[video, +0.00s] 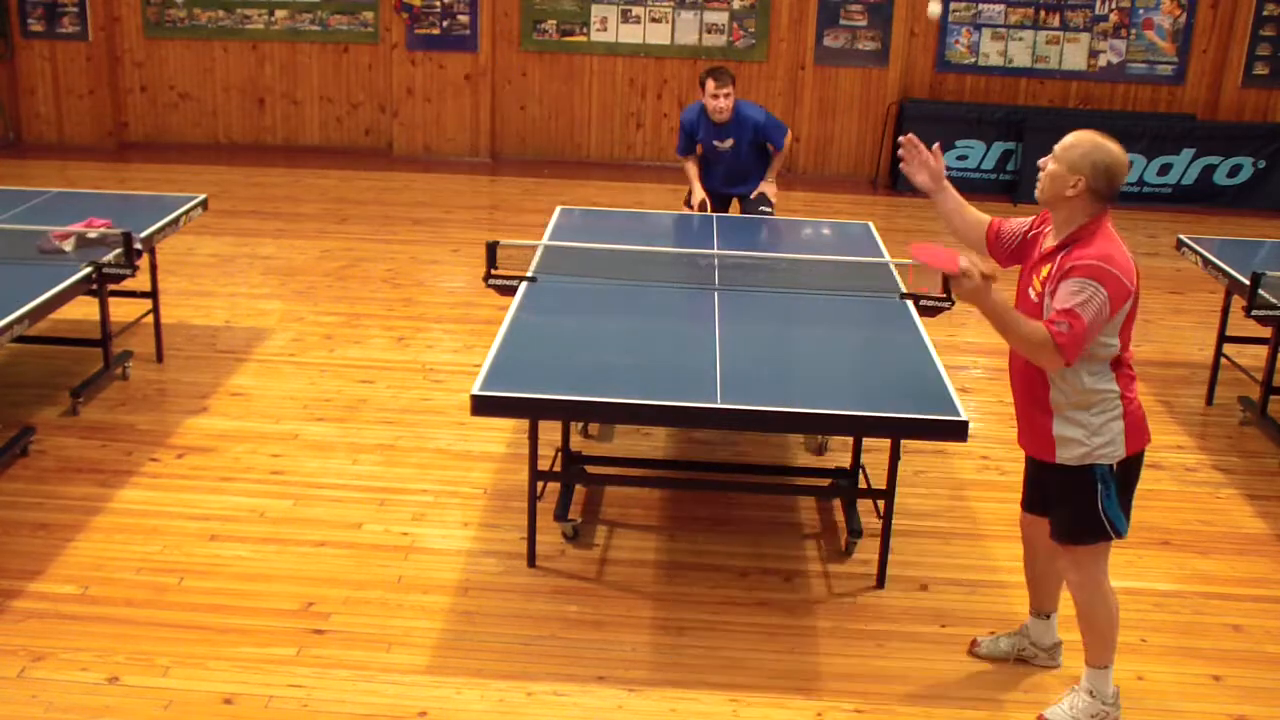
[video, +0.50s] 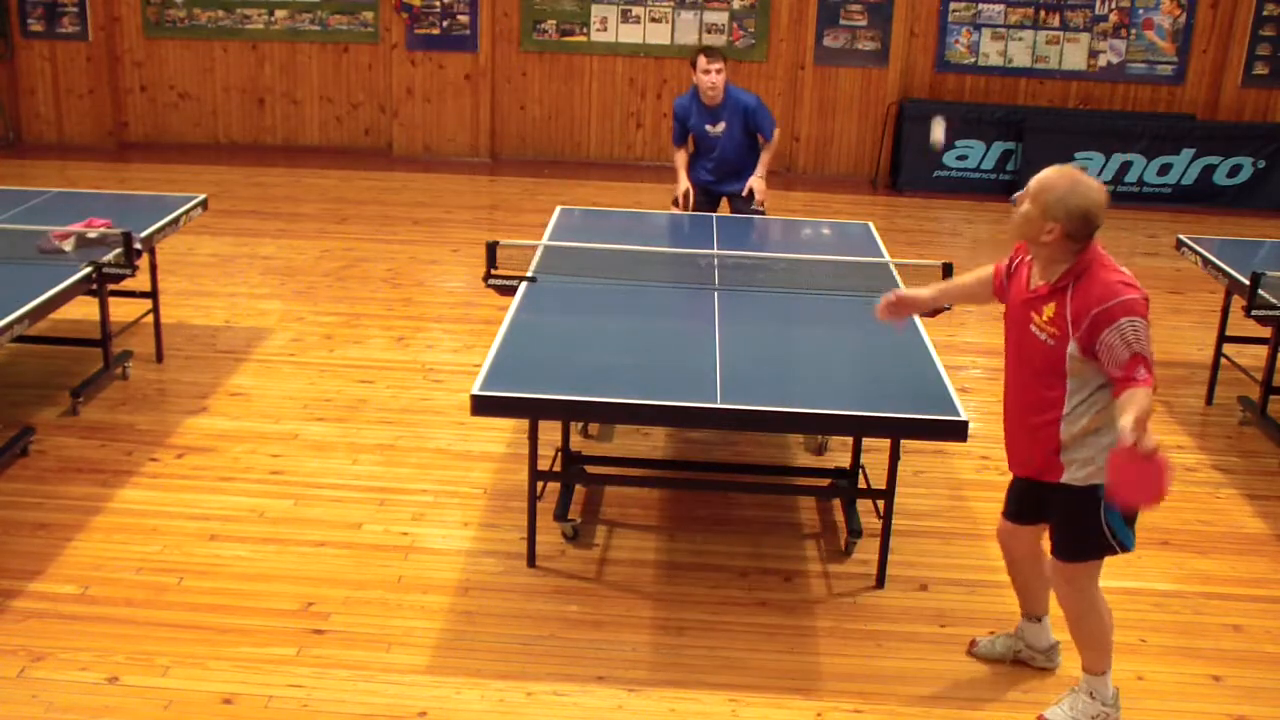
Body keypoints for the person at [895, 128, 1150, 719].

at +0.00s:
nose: (1040, 163)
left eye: (1052, 159)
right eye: (1047, 155)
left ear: (1076, 186)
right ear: (1074, 187)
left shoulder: (1100, 265)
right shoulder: (1046, 229)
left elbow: (1054, 349)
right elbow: (988, 240)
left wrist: (986, 299)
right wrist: (938, 187)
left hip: (1095, 441)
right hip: (1049, 430)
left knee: (1084, 562)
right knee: (1038, 528)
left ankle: (1101, 692)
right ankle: (1041, 634)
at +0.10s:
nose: (1044, 163)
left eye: (1056, 161)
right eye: (1052, 156)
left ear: (1080, 191)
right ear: (1075, 191)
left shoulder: (1103, 270)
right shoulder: (1046, 230)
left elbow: (1063, 358)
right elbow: (987, 235)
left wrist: (990, 322)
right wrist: (933, 191)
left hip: (1093, 442)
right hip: (1047, 430)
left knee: (1083, 563)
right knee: (1038, 529)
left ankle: (1100, 692)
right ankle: (1041, 635)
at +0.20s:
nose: (1050, 165)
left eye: (1062, 165)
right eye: (1058, 160)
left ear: (1084, 199)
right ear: (1077, 195)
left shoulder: (1110, 281)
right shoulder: (1047, 230)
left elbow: (1079, 378)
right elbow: (986, 238)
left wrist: (1004, 362)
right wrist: (919, 204)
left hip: (1091, 445)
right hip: (1045, 429)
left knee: (1081, 566)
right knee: (1036, 531)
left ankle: (1099, 692)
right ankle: (1039, 634)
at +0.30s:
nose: (1053, 171)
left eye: (1064, 170)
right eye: (1061, 165)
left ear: (1085, 205)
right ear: (1082, 202)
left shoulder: (1118, 287)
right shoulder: (1044, 233)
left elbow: (1101, 386)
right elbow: (981, 246)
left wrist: (1018, 408)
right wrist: (906, 230)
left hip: (1094, 450)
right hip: (1044, 433)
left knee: (1082, 569)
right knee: (1036, 532)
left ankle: (1099, 692)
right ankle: (1040, 633)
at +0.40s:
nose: (1046, 176)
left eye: (1057, 178)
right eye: (1055, 172)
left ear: (1078, 214)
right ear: (1074, 210)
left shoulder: (1119, 290)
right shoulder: (1037, 241)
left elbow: (1126, 387)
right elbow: (978, 259)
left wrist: (1066, 442)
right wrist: (903, 261)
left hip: (1093, 457)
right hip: (1037, 441)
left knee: (1080, 573)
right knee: (1033, 534)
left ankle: (1099, 692)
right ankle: (1040, 632)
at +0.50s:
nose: (1015, 201)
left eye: (1025, 199)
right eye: (1022, 194)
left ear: (1050, 231)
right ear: (1051, 229)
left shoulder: (1111, 296)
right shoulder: (1027, 261)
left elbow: (1137, 380)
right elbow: (988, 282)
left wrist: (1131, 421)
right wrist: (927, 298)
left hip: (1088, 465)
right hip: (1038, 453)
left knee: (1075, 576)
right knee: (1016, 535)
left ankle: (1099, 692)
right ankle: (1035, 636)